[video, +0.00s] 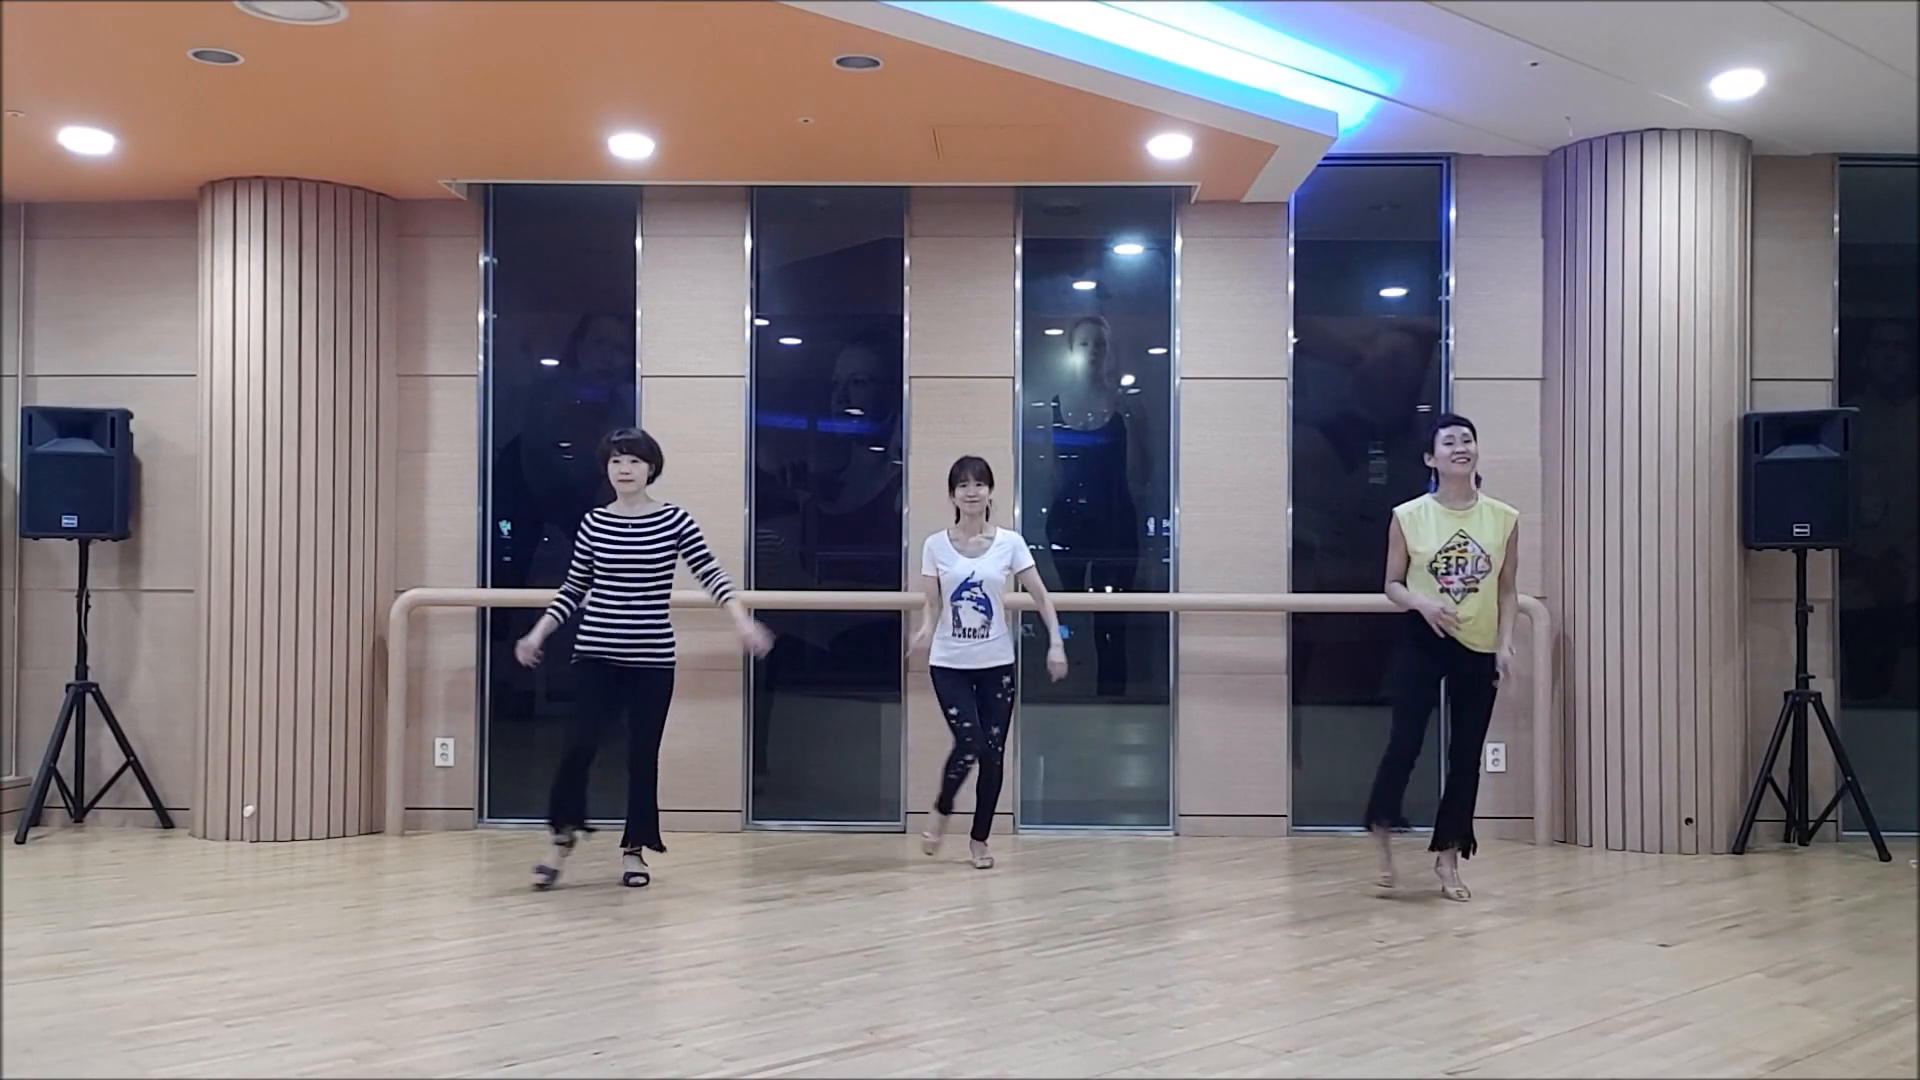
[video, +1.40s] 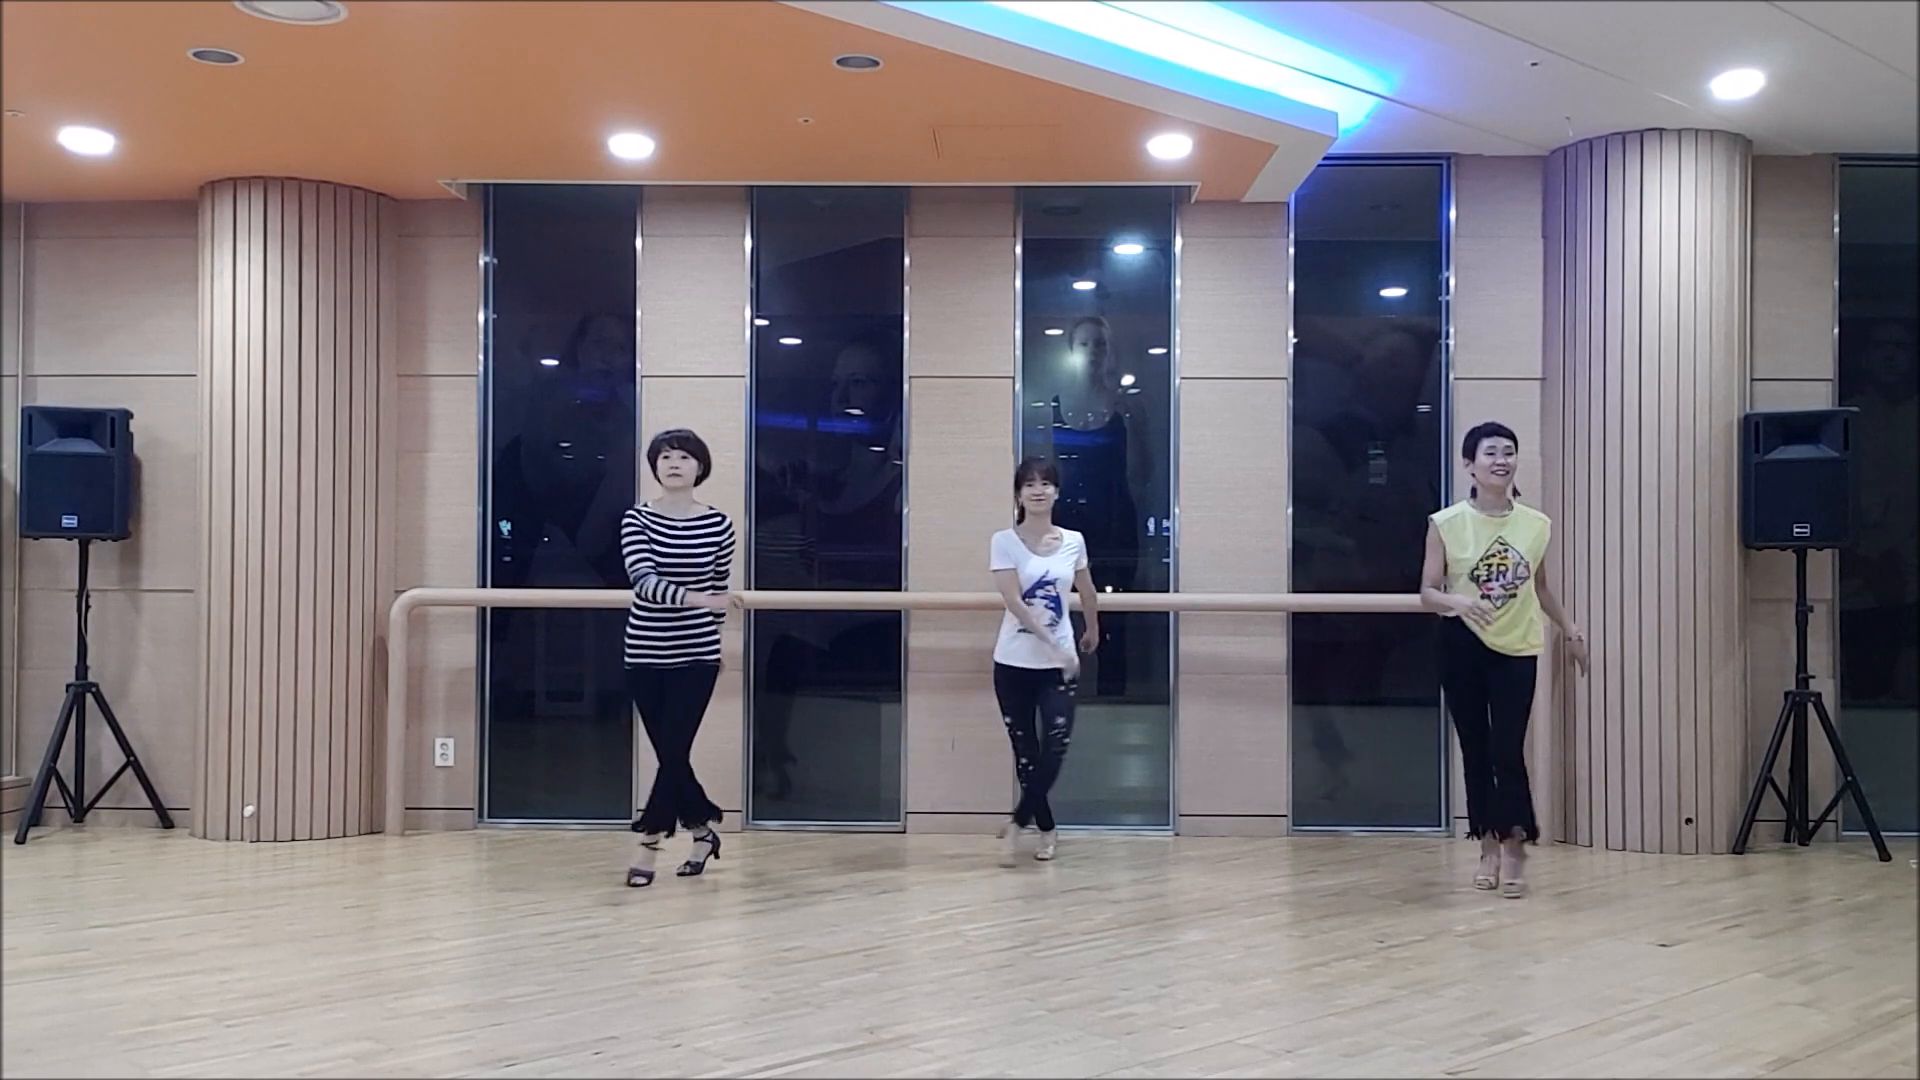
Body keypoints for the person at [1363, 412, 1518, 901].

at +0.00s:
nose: (1461, 447)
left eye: (1466, 441)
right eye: (1450, 442)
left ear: (1478, 454)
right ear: (1432, 458)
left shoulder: (1503, 518)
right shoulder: (1409, 516)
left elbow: (1507, 589)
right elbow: (1392, 585)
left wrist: (1503, 645)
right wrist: (1423, 603)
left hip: (1478, 649)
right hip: (1423, 642)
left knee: (1466, 756)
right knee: (1406, 744)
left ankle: (1448, 856)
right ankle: (1381, 833)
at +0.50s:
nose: (1463, 461)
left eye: (1472, 453)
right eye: (1454, 453)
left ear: (1483, 462)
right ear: (1436, 461)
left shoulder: (1500, 527)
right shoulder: (1407, 516)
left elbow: (1510, 600)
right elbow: (1387, 585)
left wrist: (1482, 574)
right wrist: (1395, 588)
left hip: (1479, 651)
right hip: (1423, 644)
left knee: (1470, 758)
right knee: (1432, 755)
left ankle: (1450, 858)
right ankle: (1421, 855)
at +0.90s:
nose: (1469, 454)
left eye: (1477, 447)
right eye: (1459, 447)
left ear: (1487, 457)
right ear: (1440, 457)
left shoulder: (1505, 517)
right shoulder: (1415, 515)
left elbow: (1517, 574)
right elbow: (1394, 578)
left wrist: (1515, 611)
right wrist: (1372, 598)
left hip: (1481, 643)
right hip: (1427, 638)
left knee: (1472, 758)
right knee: (1404, 749)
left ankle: (1447, 853)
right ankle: (1363, 850)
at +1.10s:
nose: (1481, 456)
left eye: (1488, 450)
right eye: (1471, 450)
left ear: (1498, 462)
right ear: (1450, 461)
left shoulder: (1518, 525)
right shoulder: (1423, 519)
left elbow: (1537, 598)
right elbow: (1394, 588)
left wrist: (1556, 657)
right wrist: (1372, 584)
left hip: (1494, 648)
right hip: (1439, 642)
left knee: (1477, 759)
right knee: (1437, 753)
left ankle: (1449, 853)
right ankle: (1396, 830)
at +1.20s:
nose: (1489, 455)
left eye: (1495, 449)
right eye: (1479, 448)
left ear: (1504, 461)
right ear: (1458, 460)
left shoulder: (1524, 524)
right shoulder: (1431, 517)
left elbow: (1539, 592)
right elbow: (1403, 580)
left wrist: (1561, 652)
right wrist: (1389, 588)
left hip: (1500, 645)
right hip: (1446, 639)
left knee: (1481, 750)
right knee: (1457, 745)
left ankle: (1450, 848)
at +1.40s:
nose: (1501, 459)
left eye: (1508, 453)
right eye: (1490, 453)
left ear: (1517, 464)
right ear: (1470, 465)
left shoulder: (1535, 525)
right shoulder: (1445, 525)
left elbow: (1541, 586)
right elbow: (1427, 594)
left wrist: (1568, 627)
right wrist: (1457, 603)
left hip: (1517, 649)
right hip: (1462, 648)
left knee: (1506, 749)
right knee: (1475, 748)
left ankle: (1514, 850)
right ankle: (1489, 846)